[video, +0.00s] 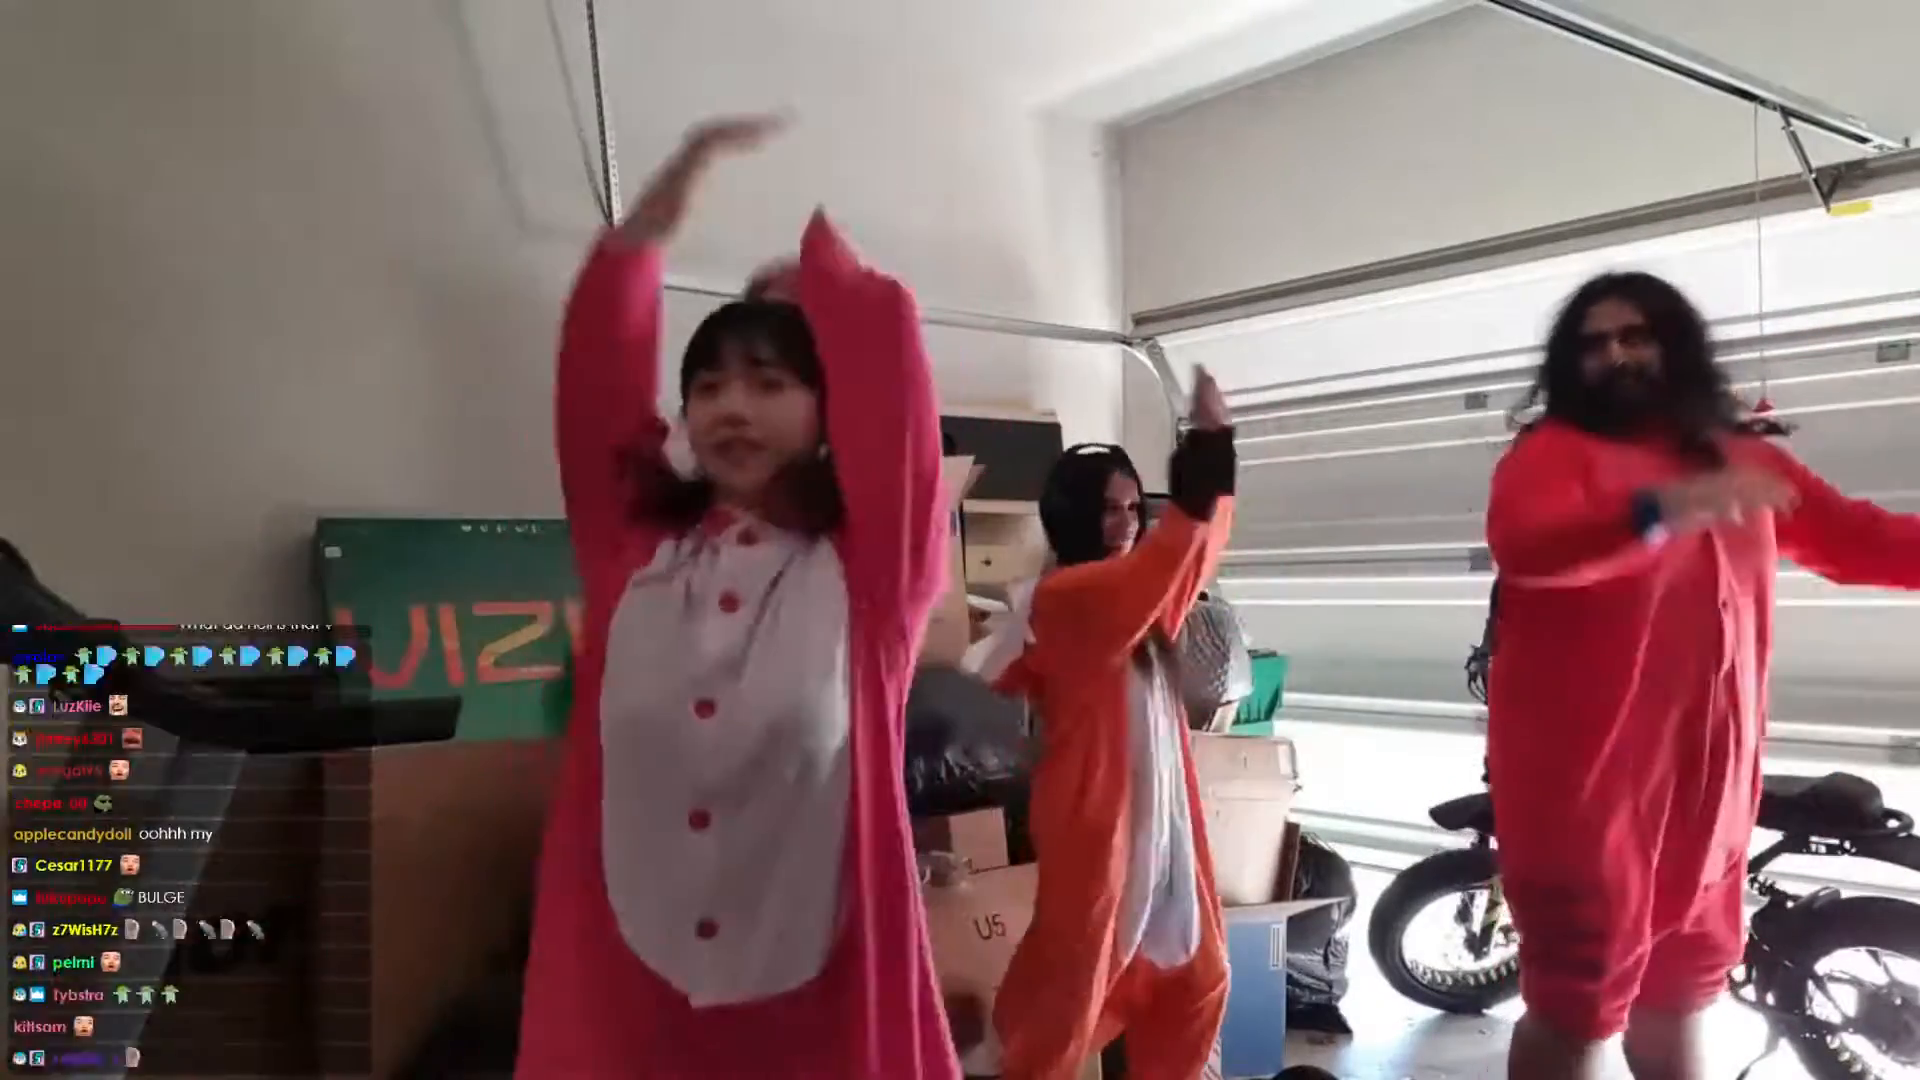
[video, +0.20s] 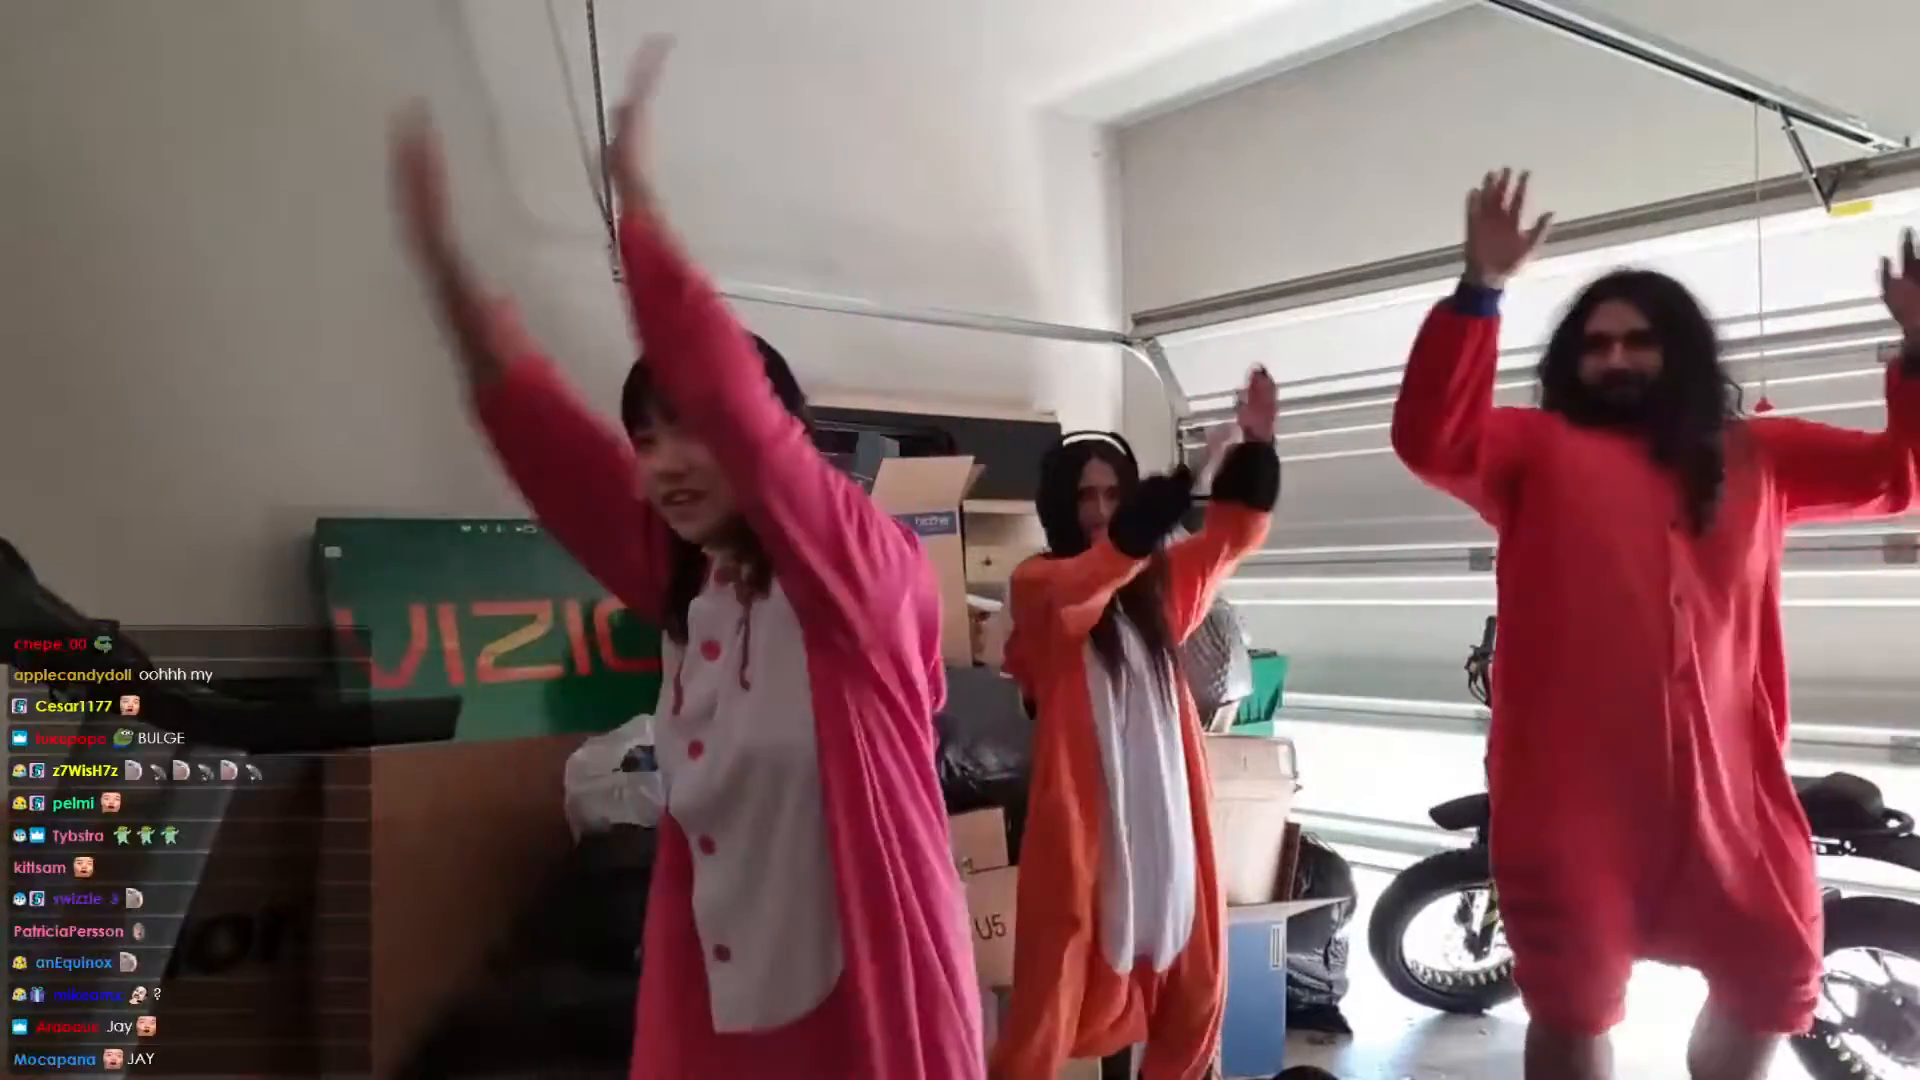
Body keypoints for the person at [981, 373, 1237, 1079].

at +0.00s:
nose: (1127, 521)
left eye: (1133, 508)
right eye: (1109, 507)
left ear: (1141, 512)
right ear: (1070, 516)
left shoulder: (1141, 592)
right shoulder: (1061, 597)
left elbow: (1200, 549)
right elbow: (1157, 571)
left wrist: (1212, 455)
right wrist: (1205, 449)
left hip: (1165, 822)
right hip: (1095, 826)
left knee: (1194, 981)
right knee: (1071, 983)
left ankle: (1168, 1073)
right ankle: (1029, 1064)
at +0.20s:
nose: (1105, 506)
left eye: (1116, 492)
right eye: (1088, 494)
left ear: (1135, 497)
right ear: (1059, 505)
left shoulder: (1161, 580)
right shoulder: (1039, 584)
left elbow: (1230, 533)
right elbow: (1088, 577)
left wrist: (1257, 444)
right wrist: (1183, 491)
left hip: (1172, 825)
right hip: (1079, 832)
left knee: (1194, 1002)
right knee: (1048, 1017)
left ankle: (1176, 1073)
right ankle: (1022, 1074)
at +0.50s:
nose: (1061, 557)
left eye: (1075, 543)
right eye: (1049, 545)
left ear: (1105, 551)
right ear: (1036, 558)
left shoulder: (1149, 649)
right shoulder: (1008, 650)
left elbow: (1155, 764)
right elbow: (993, 761)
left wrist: (1141, 885)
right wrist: (1011, 868)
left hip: (1126, 861)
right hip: (1042, 861)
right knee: (1032, 1001)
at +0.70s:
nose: (1039, 481)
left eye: (1054, 467)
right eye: (1030, 469)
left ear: (1091, 474)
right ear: (1019, 478)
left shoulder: (1126, 553)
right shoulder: (999, 554)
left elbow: (1087, 607)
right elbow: (900, 574)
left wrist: (1013, 554)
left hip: (1097, 769)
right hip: (1004, 769)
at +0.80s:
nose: (1048, 493)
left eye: (1063, 479)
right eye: (1037, 478)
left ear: (1095, 484)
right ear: (1018, 482)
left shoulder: (1117, 559)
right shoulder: (986, 550)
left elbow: (1075, 489)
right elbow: (898, 499)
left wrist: (1027, 401)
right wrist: (849, 422)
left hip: (1102, 803)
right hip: (1004, 805)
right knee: (973, 968)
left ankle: (1178, 1057)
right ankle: (967, 1057)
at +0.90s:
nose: (998, 530)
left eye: (1013, 517)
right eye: (997, 518)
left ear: (1053, 529)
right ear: (992, 528)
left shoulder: (1089, 613)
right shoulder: (992, 607)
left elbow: (1098, 519)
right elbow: (961, 495)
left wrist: (1086, 395)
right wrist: (979, 389)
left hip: (1093, 860)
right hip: (1000, 861)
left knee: (1150, 1031)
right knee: (948, 1025)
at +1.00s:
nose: (993, 550)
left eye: (1008, 534)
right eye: (992, 536)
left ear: (1051, 541)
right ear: (989, 548)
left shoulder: (1090, 635)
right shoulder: (992, 630)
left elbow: (1092, 523)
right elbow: (946, 524)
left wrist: (1064, 394)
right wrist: (941, 417)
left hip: (1085, 881)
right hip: (995, 886)